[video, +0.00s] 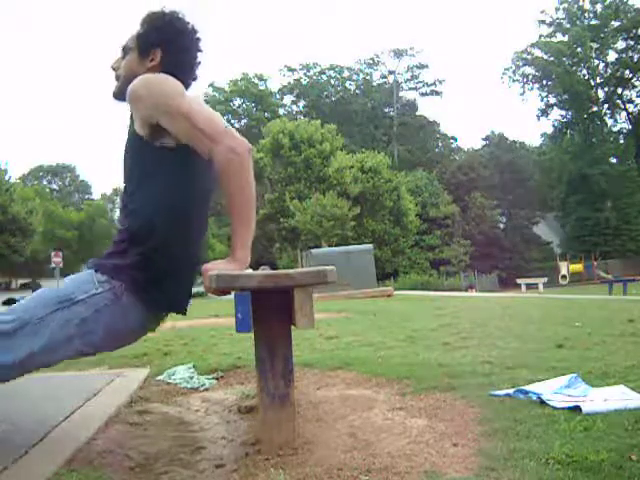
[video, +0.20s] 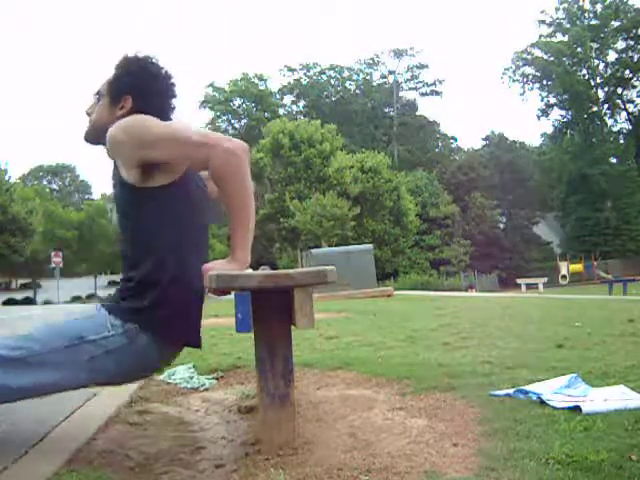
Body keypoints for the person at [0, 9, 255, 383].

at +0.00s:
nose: (115, 64)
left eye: (125, 53)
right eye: (120, 53)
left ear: (152, 59)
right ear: (154, 61)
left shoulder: (150, 88)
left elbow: (234, 151)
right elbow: (238, 153)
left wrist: (239, 257)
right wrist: (241, 256)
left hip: (124, 289)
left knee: (5, 345)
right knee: (7, 346)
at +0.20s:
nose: (89, 108)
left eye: (98, 98)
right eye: (94, 98)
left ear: (124, 105)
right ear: (126, 106)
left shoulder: (127, 133)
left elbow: (231, 152)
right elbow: (227, 185)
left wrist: (240, 258)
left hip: (139, 328)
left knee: (4, 359)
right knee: (8, 352)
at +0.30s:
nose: (80, 121)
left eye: (90, 110)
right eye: (86, 110)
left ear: (114, 118)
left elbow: (225, 154)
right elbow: (231, 187)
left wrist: (240, 257)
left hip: (139, 340)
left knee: (6, 365)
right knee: (9, 360)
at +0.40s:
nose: (77, 119)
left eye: (87, 109)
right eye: (83, 109)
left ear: (111, 118)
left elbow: (223, 154)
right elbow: (228, 189)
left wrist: (240, 258)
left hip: (138, 340)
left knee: (5, 366)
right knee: (8, 361)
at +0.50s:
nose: (81, 97)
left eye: (91, 87)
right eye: (87, 86)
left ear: (113, 98)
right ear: (113, 98)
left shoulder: (119, 127)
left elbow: (224, 153)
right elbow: (232, 153)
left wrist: (240, 257)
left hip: (131, 323)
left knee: (3, 351)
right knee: (6, 345)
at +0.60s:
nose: (88, 58)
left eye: (99, 50)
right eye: (95, 49)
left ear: (120, 63)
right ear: (122, 64)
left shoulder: (125, 94)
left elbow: (219, 152)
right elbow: (222, 154)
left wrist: (239, 256)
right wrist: (238, 251)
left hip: (116, 287)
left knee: (3, 329)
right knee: (5, 336)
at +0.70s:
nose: (93, 20)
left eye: (104, 10)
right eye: (99, 10)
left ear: (127, 20)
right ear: (128, 22)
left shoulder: (132, 61)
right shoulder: (164, 75)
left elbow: (189, 146)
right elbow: (199, 161)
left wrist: (233, 250)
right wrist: (232, 251)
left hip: (100, 247)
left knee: (2, 315)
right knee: (4, 320)